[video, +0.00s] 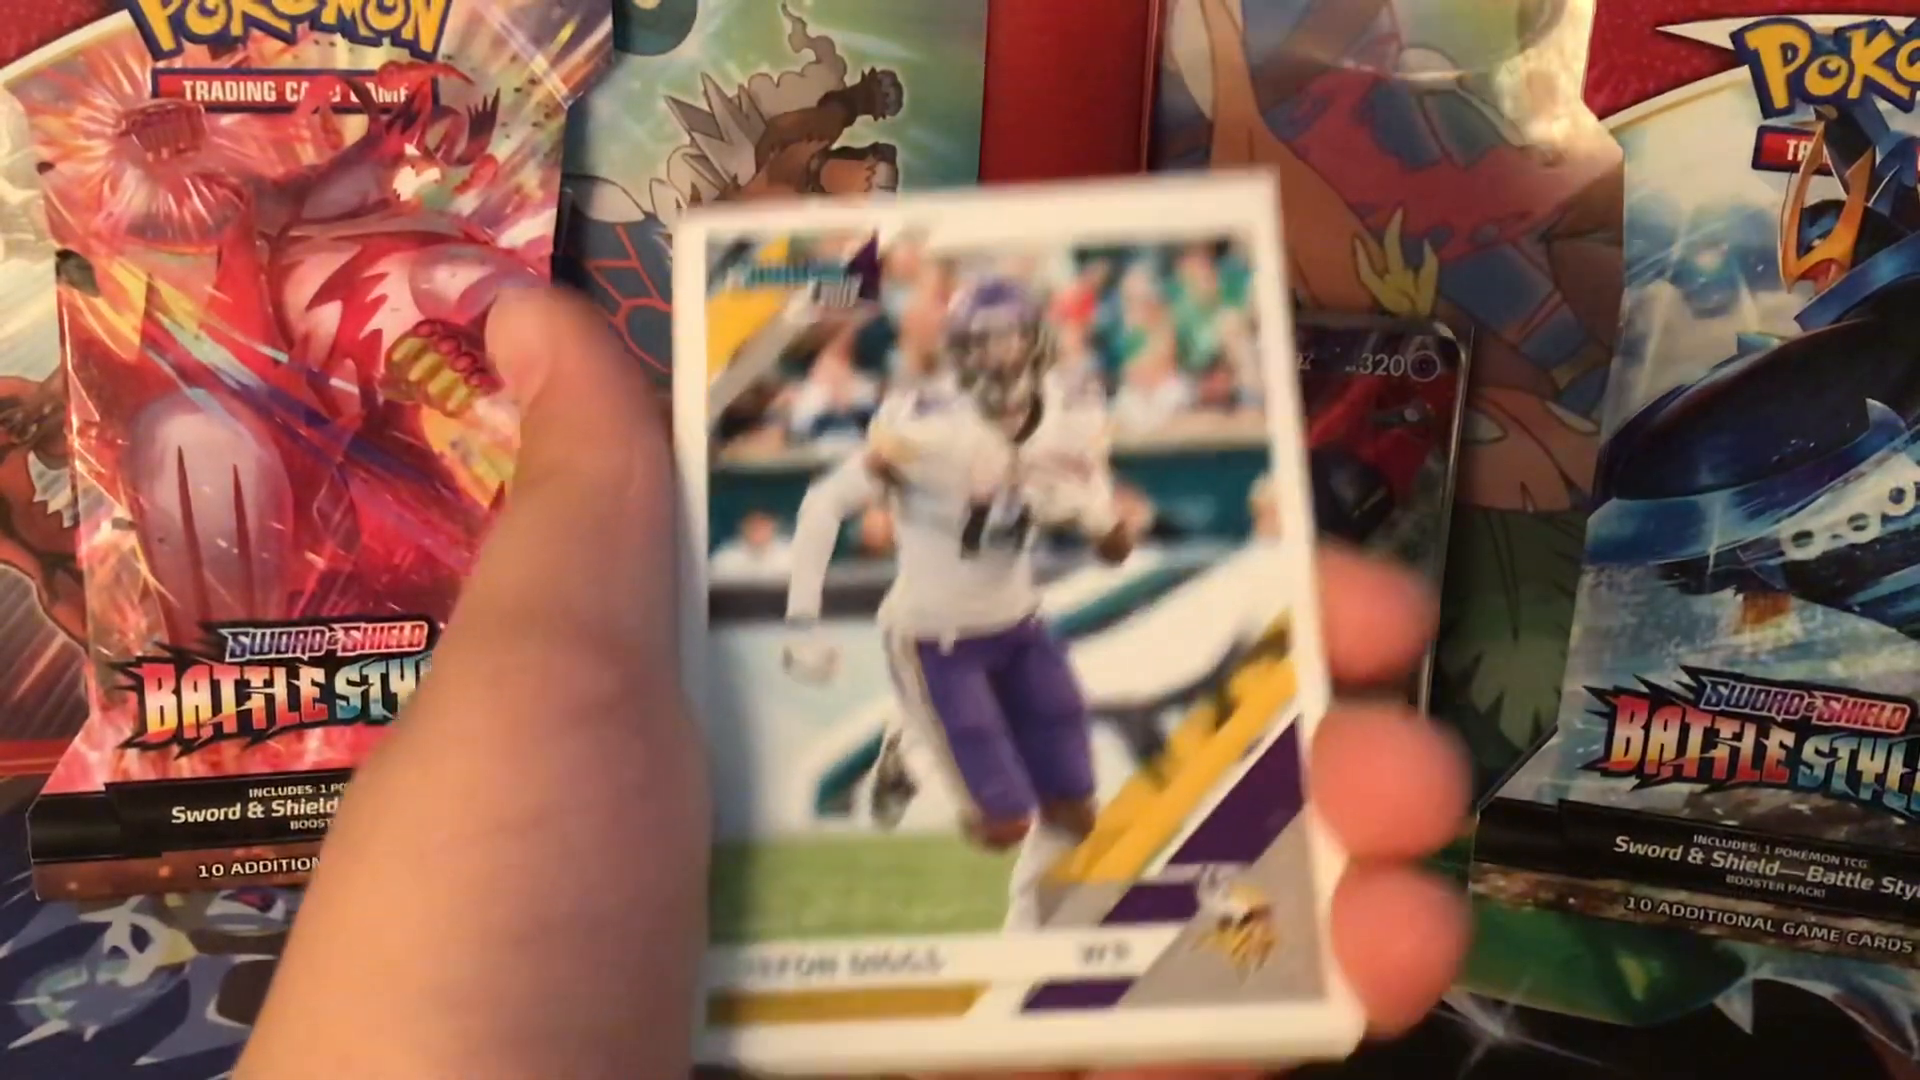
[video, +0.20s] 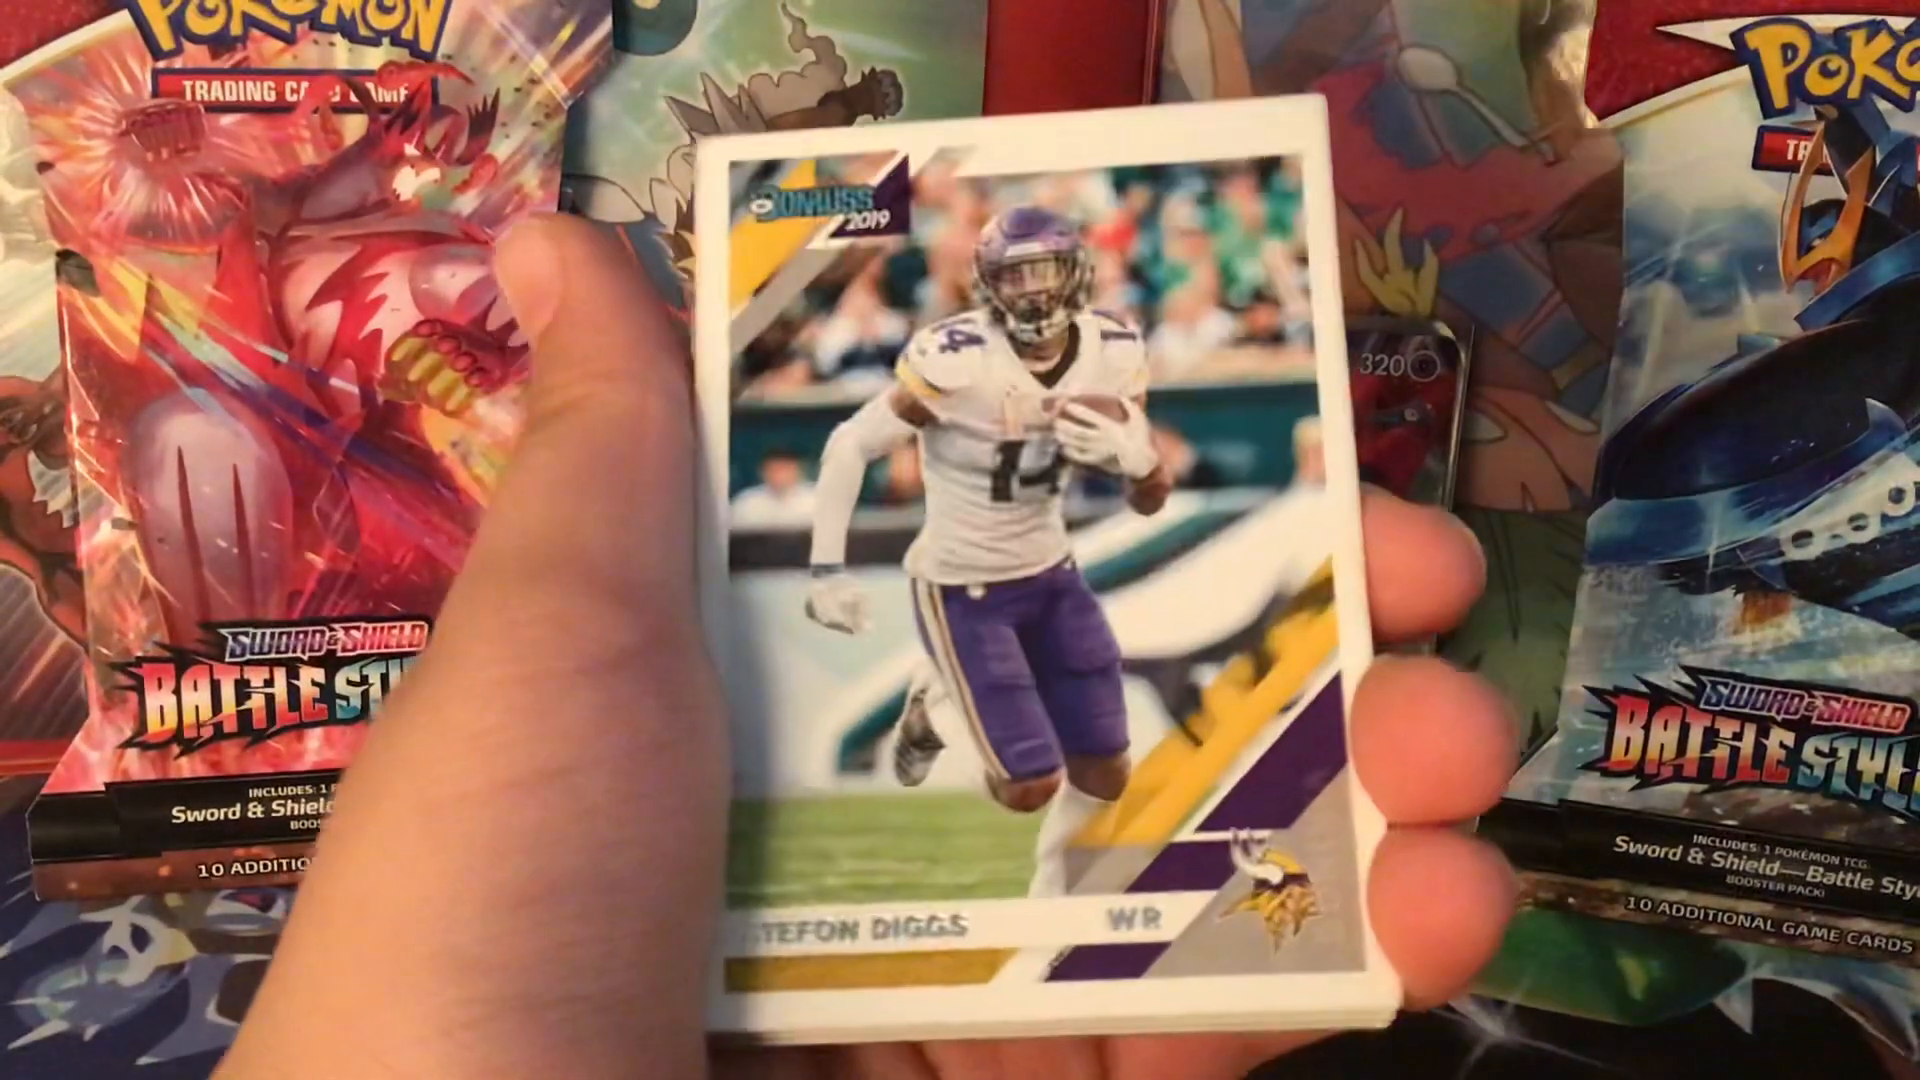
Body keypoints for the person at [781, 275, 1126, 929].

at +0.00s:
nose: (997, 357)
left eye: (1011, 340)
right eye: (981, 343)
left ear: (1036, 344)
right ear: (960, 352)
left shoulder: (1067, 425)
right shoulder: (919, 430)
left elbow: (1109, 544)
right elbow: (825, 502)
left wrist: (1103, 522)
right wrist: (802, 620)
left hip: (1017, 628)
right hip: (932, 640)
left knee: (1072, 815)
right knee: (1003, 828)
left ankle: (1016, 984)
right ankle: (906, 750)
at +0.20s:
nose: (1033, 290)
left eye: (1048, 272)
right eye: (1015, 277)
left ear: (1075, 275)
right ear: (990, 288)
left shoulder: (1115, 349)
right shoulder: (948, 359)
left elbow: (1148, 503)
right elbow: (849, 444)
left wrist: (1136, 457)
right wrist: (828, 569)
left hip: (1051, 573)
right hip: (960, 586)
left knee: (1104, 774)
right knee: (1030, 788)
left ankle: (1043, 935)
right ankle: (931, 700)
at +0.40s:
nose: (1002, 334)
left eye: (1016, 317)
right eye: (985, 321)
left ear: (1043, 322)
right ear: (959, 332)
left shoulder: (1081, 395)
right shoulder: (915, 399)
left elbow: (1111, 545)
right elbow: (815, 479)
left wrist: (1103, 504)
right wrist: (790, 600)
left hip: (1011, 611)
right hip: (921, 620)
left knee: (1059, 809)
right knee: (987, 823)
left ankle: (993, 962)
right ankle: (890, 736)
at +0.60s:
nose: (1019, 362)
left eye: (1034, 346)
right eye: (1001, 349)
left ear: (1059, 351)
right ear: (974, 360)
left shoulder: (1095, 423)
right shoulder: (929, 427)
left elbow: (1123, 576)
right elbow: (830, 500)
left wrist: (1117, 534)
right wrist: (804, 620)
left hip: (1024, 640)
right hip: (934, 648)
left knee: (1068, 837)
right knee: (996, 849)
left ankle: (1001, 977)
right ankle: (899, 760)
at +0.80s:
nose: (1023, 349)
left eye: (1037, 332)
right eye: (1004, 335)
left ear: (1062, 336)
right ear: (977, 346)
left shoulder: (1098, 410)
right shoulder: (932, 414)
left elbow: (1127, 560)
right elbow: (831, 486)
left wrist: (1120, 519)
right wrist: (804, 606)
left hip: (1027, 626)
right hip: (936, 633)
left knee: (1073, 822)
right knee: (1001, 834)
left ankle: (1007, 961)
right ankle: (903, 744)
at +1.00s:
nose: (1044, 386)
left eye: (1059, 370)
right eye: (1026, 372)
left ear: (1085, 377)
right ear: (999, 382)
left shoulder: (1119, 450)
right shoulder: (952, 449)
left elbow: (1145, 605)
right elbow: (850, 520)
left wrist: (1138, 561)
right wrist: (819, 642)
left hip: (1042, 667)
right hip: (950, 672)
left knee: (1081, 870)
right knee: (1008, 881)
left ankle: (1008, 1019)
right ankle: (912, 788)